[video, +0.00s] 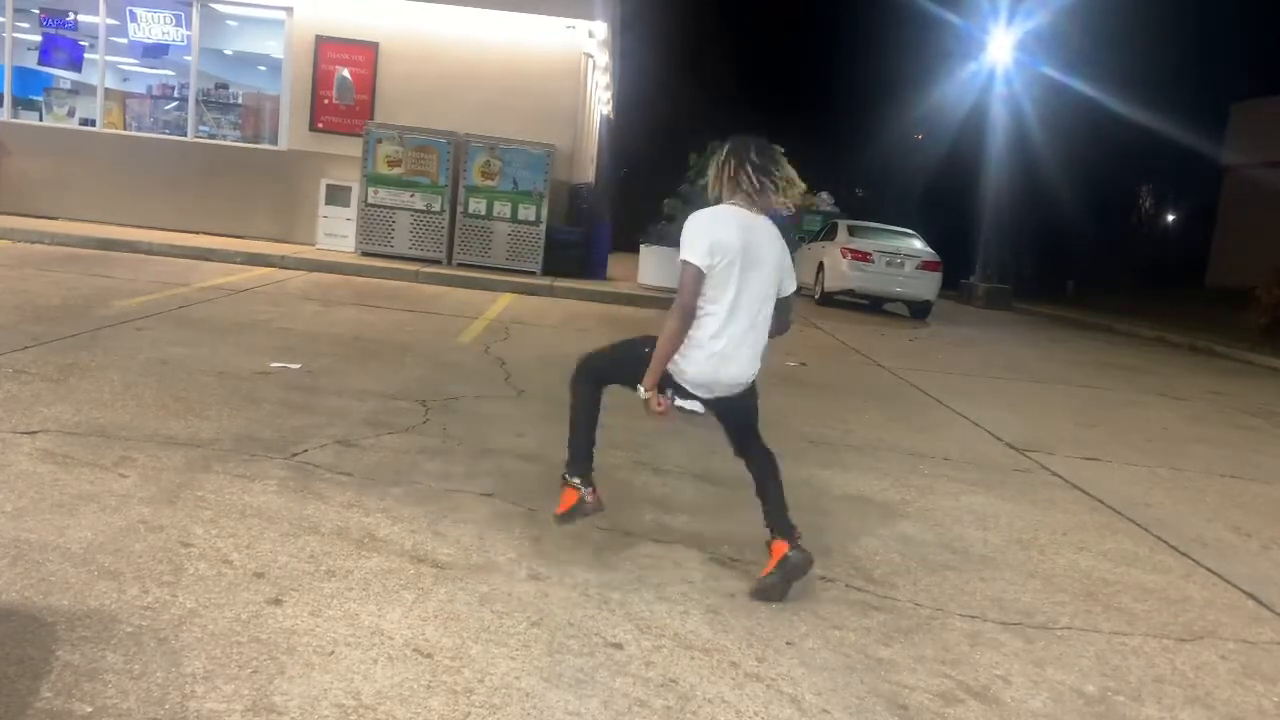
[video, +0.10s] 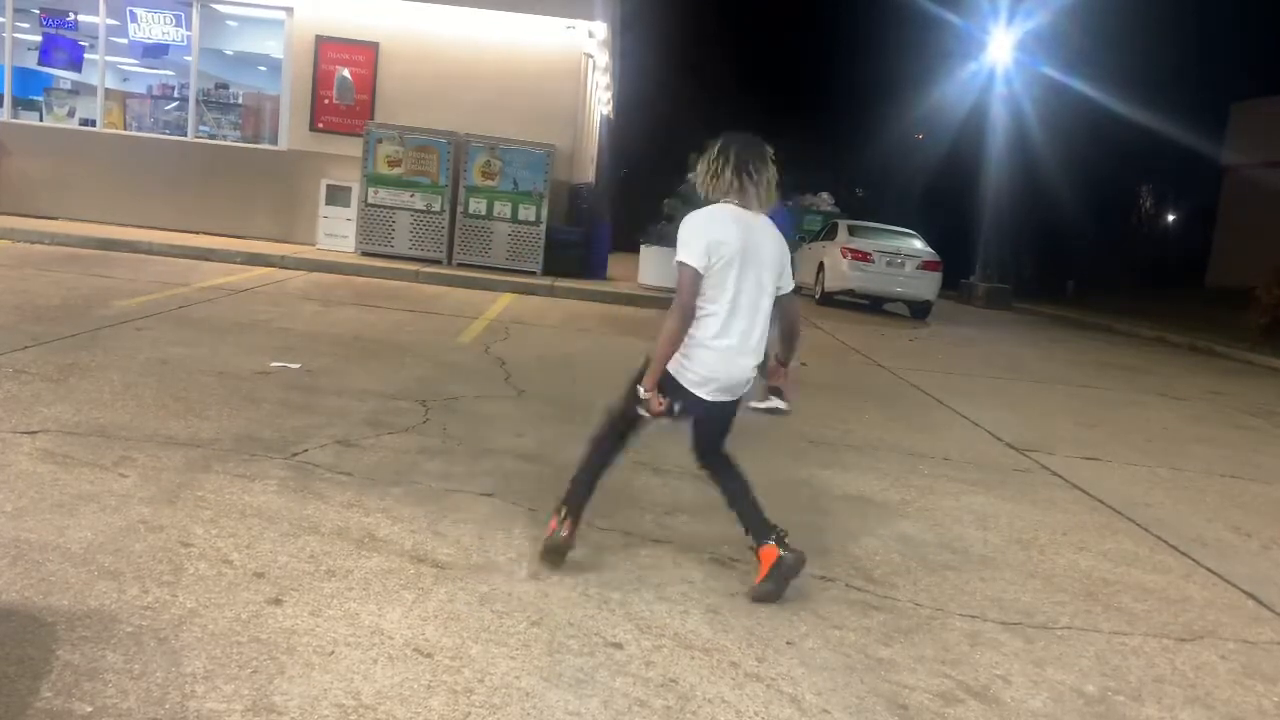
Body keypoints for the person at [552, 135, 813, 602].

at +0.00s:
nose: (711, 177)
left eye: (714, 170)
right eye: (714, 170)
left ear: (724, 174)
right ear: (766, 179)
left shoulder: (705, 223)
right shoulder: (775, 238)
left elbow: (685, 308)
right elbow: (782, 321)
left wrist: (652, 378)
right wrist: (733, 336)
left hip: (687, 364)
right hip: (738, 377)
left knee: (589, 371)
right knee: (753, 448)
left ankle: (578, 482)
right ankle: (784, 540)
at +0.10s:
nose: (701, 178)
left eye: (705, 171)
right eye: (704, 172)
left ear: (715, 173)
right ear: (763, 178)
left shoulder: (701, 223)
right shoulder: (774, 237)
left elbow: (683, 311)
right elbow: (791, 319)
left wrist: (651, 381)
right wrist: (782, 360)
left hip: (689, 369)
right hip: (738, 378)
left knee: (618, 425)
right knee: (712, 452)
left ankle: (567, 517)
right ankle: (769, 543)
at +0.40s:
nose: (731, 193)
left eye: (737, 187)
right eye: (736, 186)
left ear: (745, 192)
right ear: (790, 198)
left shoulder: (722, 239)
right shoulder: (803, 252)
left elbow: (694, 320)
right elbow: (828, 328)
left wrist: (661, 393)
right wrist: (817, 357)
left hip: (705, 373)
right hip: (759, 386)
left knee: (625, 378)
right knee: (735, 458)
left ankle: (581, 474)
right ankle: (785, 558)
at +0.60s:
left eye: (757, 178)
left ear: (763, 182)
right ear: (813, 195)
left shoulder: (730, 224)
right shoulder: (813, 254)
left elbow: (689, 295)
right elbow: (854, 322)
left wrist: (633, 361)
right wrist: (876, 348)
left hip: (697, 373)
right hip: (758, 392)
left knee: (617, 417)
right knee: (776, 469)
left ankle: (595, 535)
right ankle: (784, 573)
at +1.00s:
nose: (786, 199)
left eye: (792, 194)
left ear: (797, 200)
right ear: (844, 220)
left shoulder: (759, 235)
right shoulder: (840, 273)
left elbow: (690, 291)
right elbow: (883, 351)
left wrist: (620, 338)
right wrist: (890, 360)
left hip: (700, 377)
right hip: (759, 407)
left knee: (618, 402)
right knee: (762, 482)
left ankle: (584, 509)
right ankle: (778, 590)